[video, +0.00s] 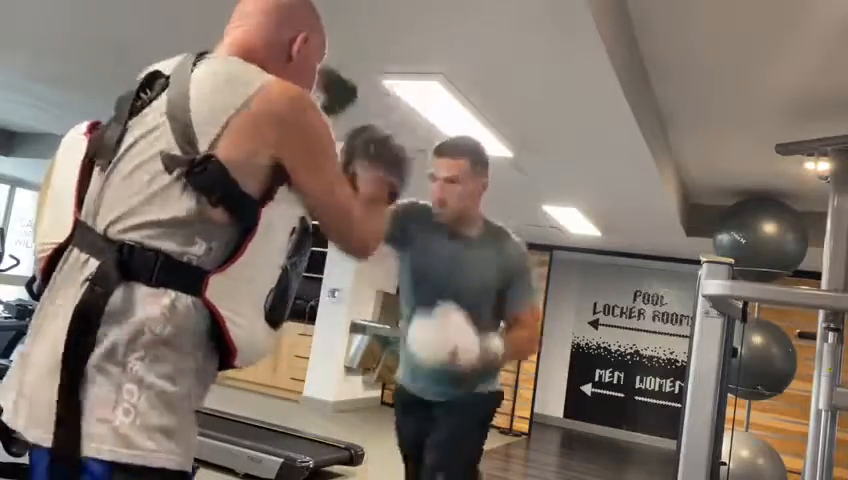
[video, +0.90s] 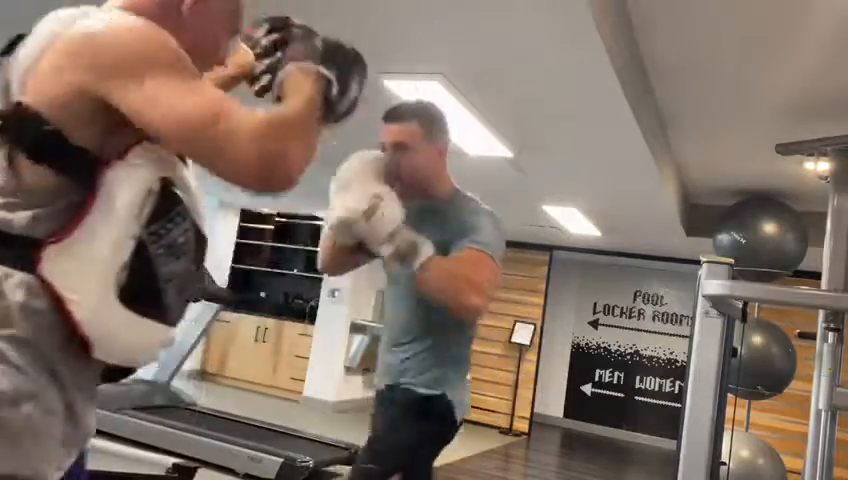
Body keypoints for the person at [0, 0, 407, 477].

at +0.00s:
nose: (316, 80)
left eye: (321, 66)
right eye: (320, 63)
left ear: (233, 27)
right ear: (299, 46)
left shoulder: (159, 78)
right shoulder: (284, 104)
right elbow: (360, 237)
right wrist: (380, 182)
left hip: (55, 332)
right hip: (140, 357)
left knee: (52, 462)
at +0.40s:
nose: (292, 20)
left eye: (294, 8)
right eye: (293, 6)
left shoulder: (108, 40)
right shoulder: (230, 59)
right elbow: (357, 219)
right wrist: (370, 105)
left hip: (41, 317)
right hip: (131, 345)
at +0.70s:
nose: (296, 53)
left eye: (303, 36)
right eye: (299, 29)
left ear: (203, 8)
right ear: (260, 20)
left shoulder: (128, 52)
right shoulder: (198, 68)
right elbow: (308, 232)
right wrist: (369, 147)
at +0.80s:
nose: (270, 51)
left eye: (276, 33)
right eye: (270, 28)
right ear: (234, 17)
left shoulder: (119, 46)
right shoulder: (156, 55)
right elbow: (257, 207)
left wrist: (257, 77)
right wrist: (337, 132)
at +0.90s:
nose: (239, 31)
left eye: (241, 18)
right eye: (236, 15)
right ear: (192, 3)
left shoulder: (81, 30)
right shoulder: (115, 41)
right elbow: (272, 160)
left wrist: (230, 70)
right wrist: (307, 75)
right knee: (28, 465)